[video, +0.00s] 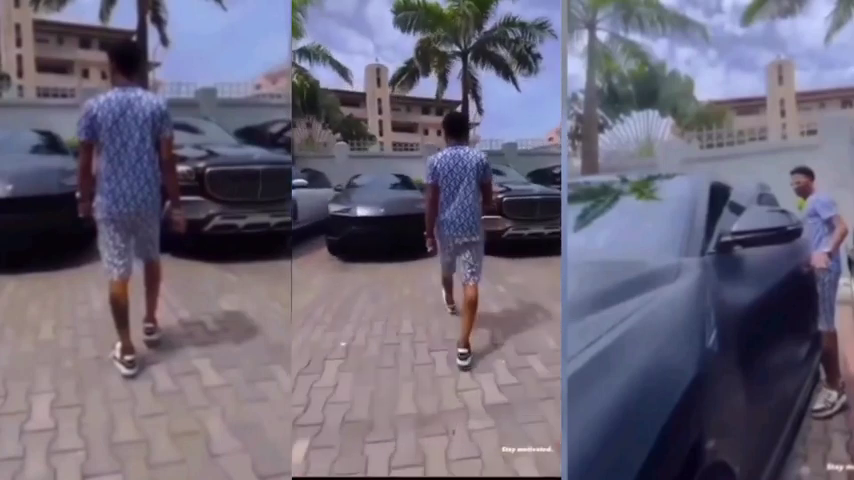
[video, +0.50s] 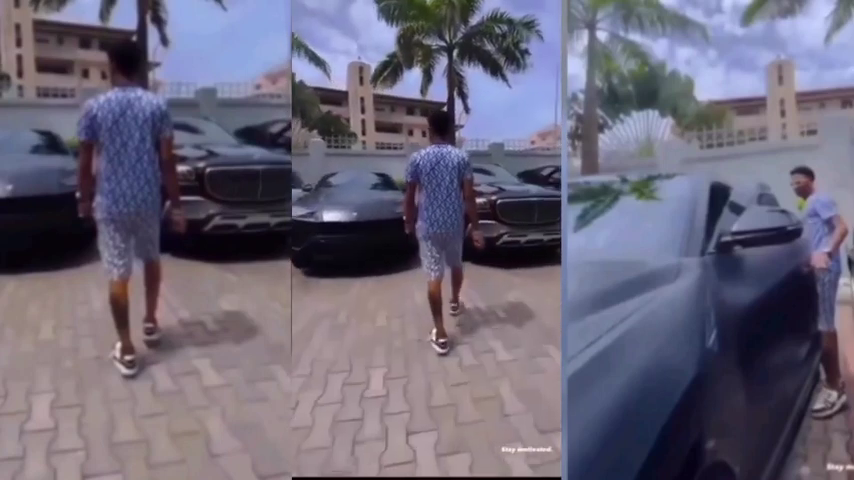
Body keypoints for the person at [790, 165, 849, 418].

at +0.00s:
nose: (796, 187)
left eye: (799, 183)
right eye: (793, 184)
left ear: (811, 181)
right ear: (797, 185)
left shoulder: (821, 201)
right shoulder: (809, 205)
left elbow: (842, 227)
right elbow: (820, 234)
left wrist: (827, 253)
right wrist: (810, 255)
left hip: (825, 268)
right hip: (815, 268)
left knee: (825, 327)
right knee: (822, 327)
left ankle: (834, 388)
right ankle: (830, 385)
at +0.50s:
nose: (796, 187)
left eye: (799, 183)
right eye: (793, 184)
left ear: (811, 181)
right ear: (797, 185)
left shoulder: (821, 201)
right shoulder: (809, 205)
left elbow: (842, 227)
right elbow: (820, 234)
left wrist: (827, 253)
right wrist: (810, 255)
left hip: (825, 268)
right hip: (815, 268)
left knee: (825, 327)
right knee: (822, 327)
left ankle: (834, 388)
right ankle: (830, 385)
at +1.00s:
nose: (796, 187)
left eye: (799, 183)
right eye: (793, 184)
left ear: (811, 181)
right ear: (797, 185)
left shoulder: (821, 201)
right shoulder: (809, 205)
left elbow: (842, 227)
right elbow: (820, 234)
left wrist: (827, 253)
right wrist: (810, 255)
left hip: (825, 268)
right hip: (815, 268)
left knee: (825, 327)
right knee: (822, 327)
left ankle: (834, 388)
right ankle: (830, 385)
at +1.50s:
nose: (796, 187)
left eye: (799, 183)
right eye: (793, 184)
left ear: (811, 181)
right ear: (797, 185)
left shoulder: (821, 201)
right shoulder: (809, 205)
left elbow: (842, 227)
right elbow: (820, 234)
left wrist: (827, 253)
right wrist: (810, 255)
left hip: (825, 268)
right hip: (815, 268)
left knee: (825, 327)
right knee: (822, 327)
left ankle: (834, 388)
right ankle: (830, 385)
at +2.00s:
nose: (796, 187)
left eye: (799, 183)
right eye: (793, 184)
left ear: (811, 181)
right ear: (797, 185)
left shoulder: (821, 201)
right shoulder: (809, 205)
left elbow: (842, 227)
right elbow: (820, 234)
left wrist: (827, 253)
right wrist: (810, 255)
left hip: (825, 268)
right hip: (815, 268)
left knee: (825, 327)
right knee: (822, 327)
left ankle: (834, 388)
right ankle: (830, 385)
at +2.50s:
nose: (796, 187)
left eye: (799, 183)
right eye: (793, 184)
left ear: (811, 181)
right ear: (797, 185)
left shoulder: (821, 201)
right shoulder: (809, 205)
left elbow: (842, 227)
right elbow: (820, 234)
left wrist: (827, 253)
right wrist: (810, 255)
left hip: (825, 268)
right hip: (815, 268)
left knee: (825, 327)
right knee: (822, 327)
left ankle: (834, 388)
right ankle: (830, 385)